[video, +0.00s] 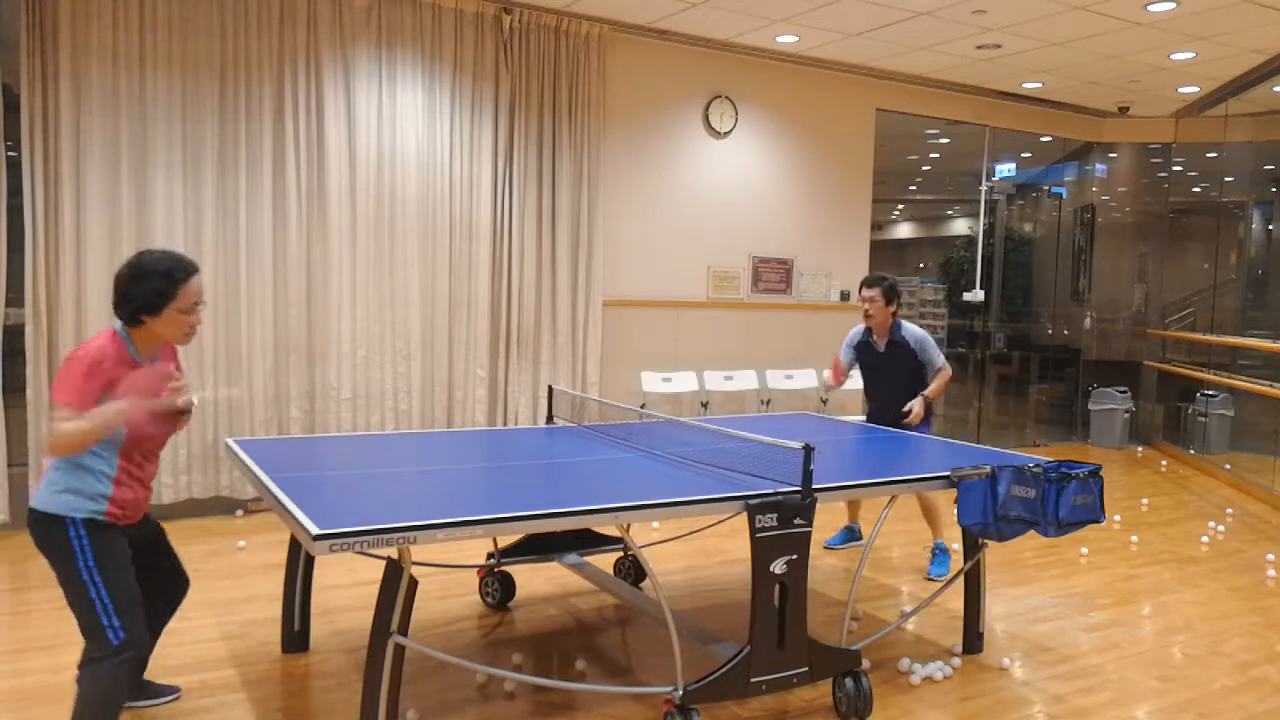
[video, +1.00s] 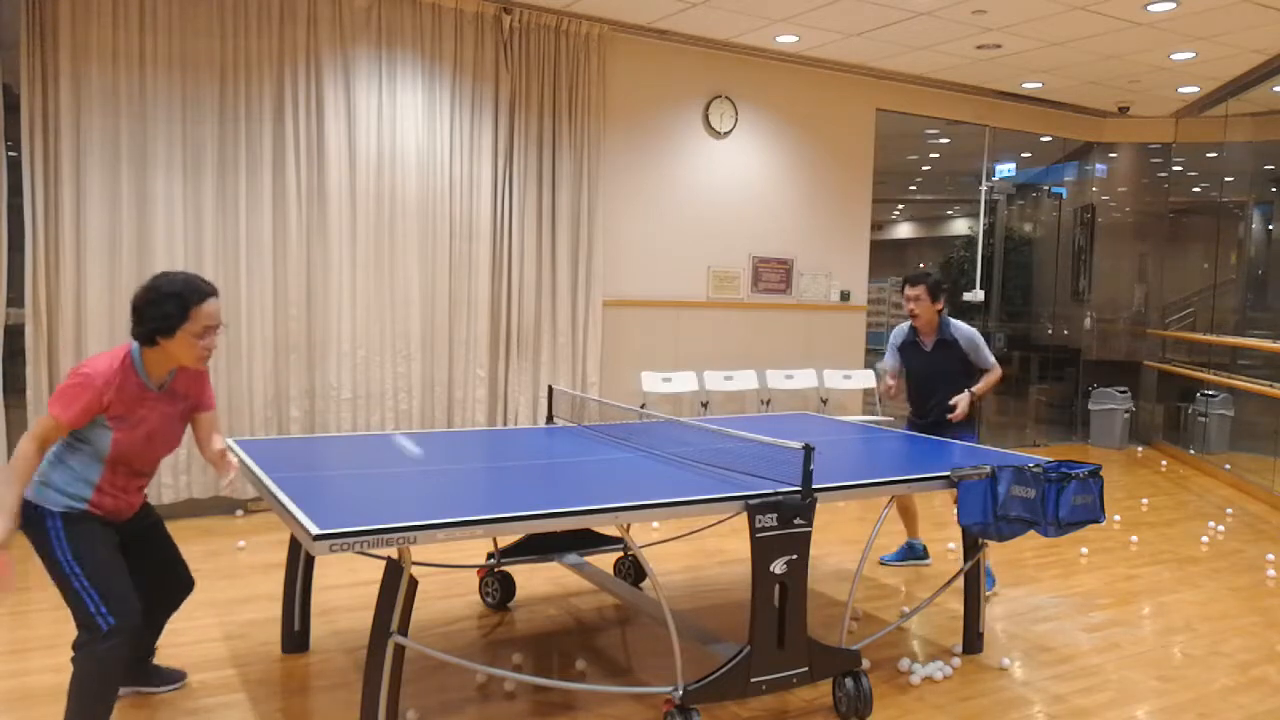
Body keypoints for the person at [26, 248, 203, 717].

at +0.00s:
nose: (199, 318)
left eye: (199, 307)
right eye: (190, 309)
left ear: (153, 314)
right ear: (149, 312)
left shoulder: (165, 356)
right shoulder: (95, 358)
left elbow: (160, 432)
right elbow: (58, 440)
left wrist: (178, 408)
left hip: (123, 509)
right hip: (72, 512)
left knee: (167, 585)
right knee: (120, 643)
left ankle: (123, 681)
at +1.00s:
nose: (214, 343)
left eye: (216, 331)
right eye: (205, 334)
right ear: (162, 334)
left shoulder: (193, 374)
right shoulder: (101, 377)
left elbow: (208, 432)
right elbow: (35, 441)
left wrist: (222, 456)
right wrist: (7, 518)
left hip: (123, 505)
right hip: (62, 508)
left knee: (170, 583)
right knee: (113, 627)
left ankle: (132, 667)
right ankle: (85, 714)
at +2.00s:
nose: (236, 348)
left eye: (237, 337)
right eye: (227, 339)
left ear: (196, 343)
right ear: (190, 342)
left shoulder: (203, 382)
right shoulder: (133, 380)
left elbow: (199, 450)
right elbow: (82, 438)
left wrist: (213, 438)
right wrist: (52, 463)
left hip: (134, 514)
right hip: (81, 516)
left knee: (193, 578)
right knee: (155, 619)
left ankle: (134, 673)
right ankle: (129, 709)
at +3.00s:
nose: (211, 312)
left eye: (214, 300)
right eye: (202, 301)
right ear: (163, 300)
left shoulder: (167, 352)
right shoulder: (118, 343)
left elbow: (147, 422)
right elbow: (85, 421)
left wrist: (190, 409)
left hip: (113, 506)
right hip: (73, 508)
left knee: (127, 598)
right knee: (157, 627)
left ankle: (114, 679)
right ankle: (124, 709)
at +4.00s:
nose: (203, 375)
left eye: (206, 363)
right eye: (195, 364)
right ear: (153, 363)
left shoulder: (164, 405)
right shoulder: (84, 408)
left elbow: (165, 476)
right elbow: (16, 481)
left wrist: (191, 516)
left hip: (70, 535)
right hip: (19, 536)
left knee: (129, 605)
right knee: (96, 636)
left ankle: (62, 704)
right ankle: (63, 713)